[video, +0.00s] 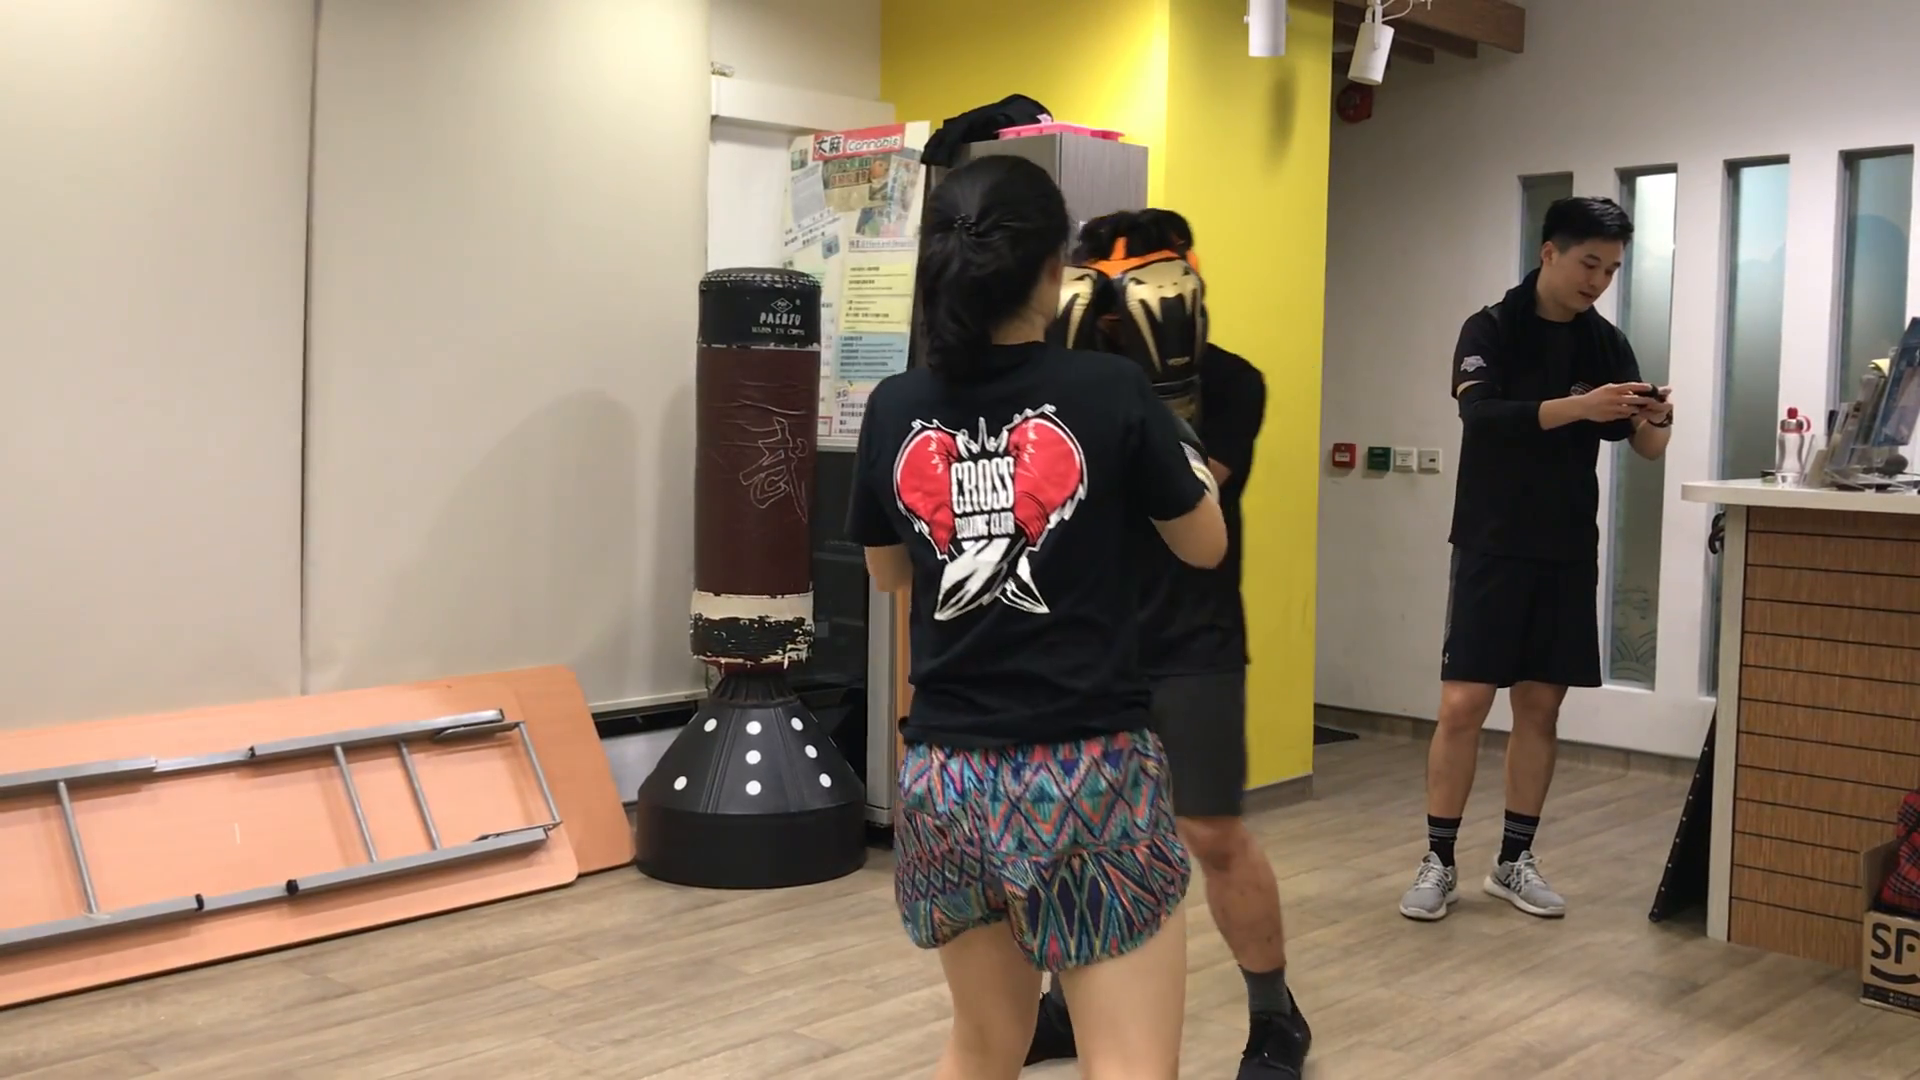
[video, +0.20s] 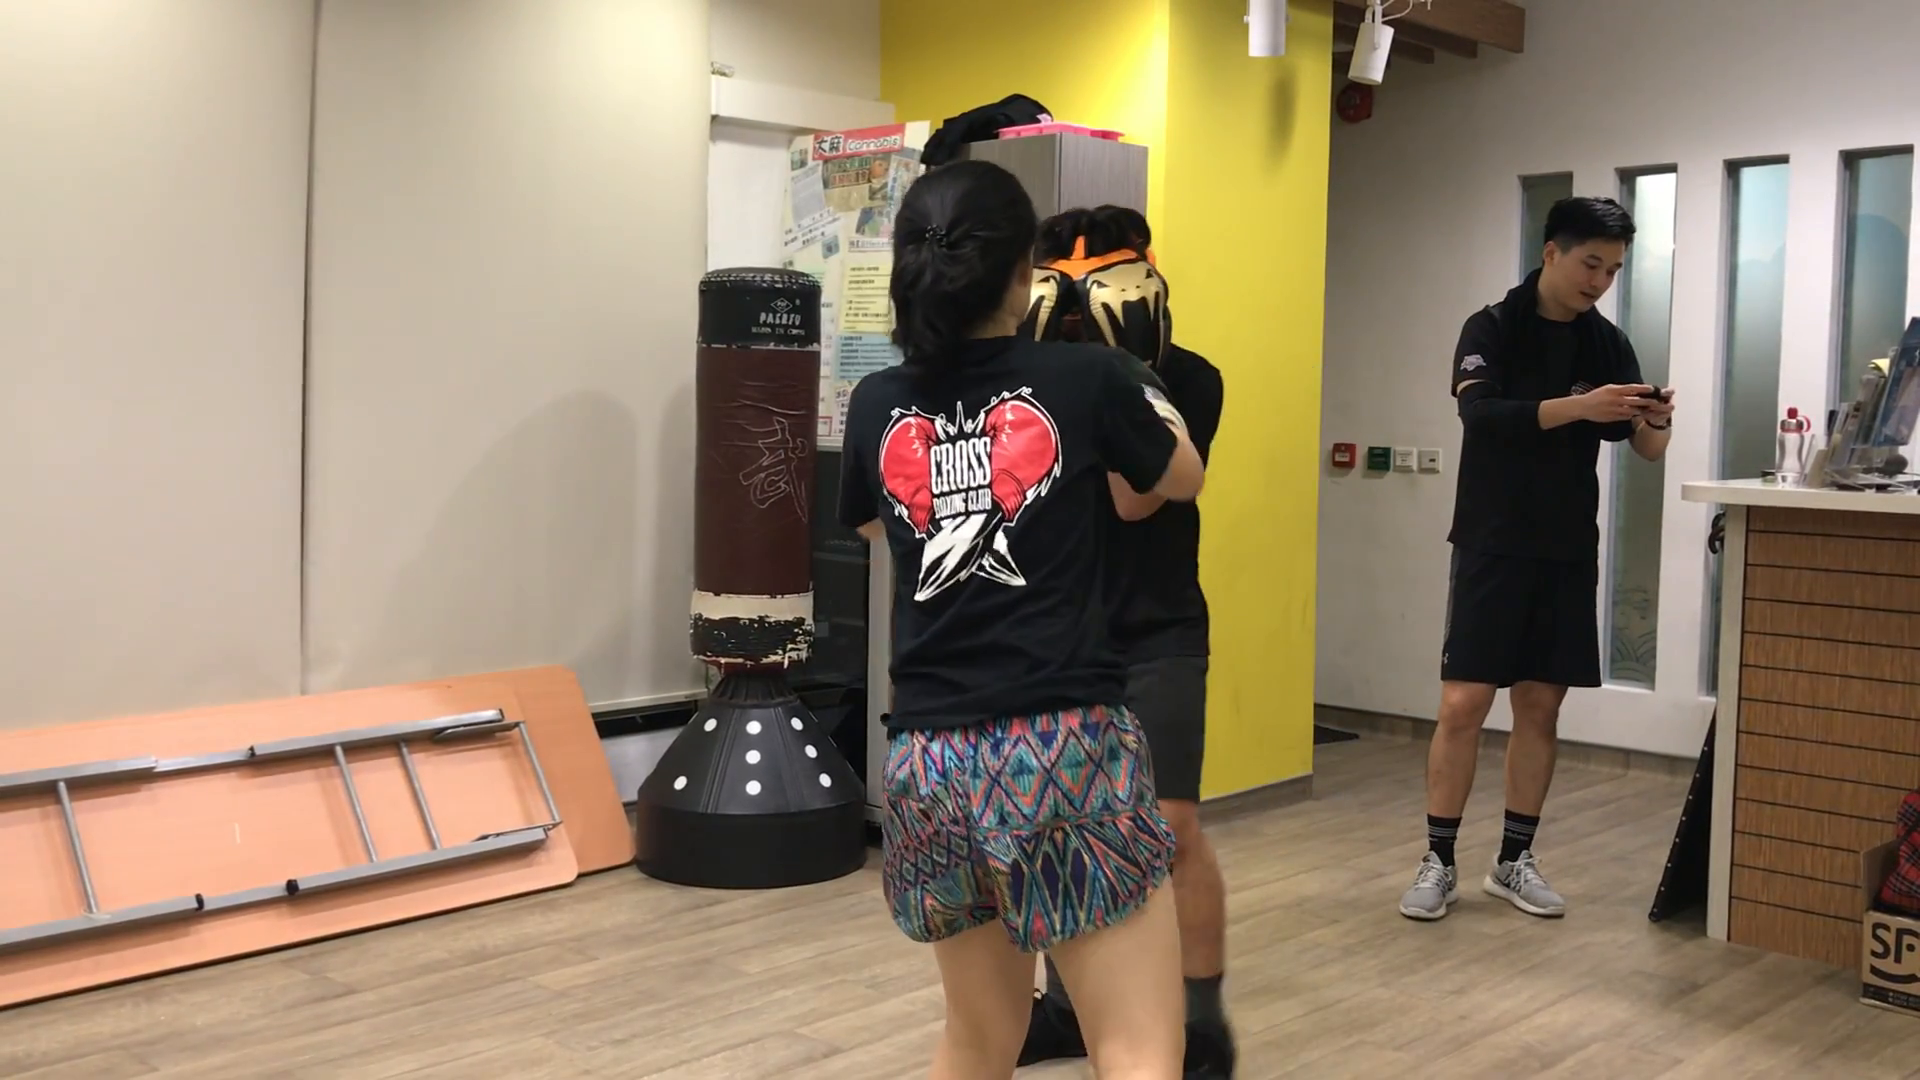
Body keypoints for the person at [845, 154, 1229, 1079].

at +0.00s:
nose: (1068, 264)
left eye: (1059, 248)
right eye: (1064, 249)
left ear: (936, 261)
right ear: (1054, 262)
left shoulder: (896, 405)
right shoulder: (1111, 392)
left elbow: (888, 572)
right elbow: (1206, 542)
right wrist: (1157, 430)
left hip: (943, 774)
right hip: (1093, 769)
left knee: (982, 1043)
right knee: (1130, 1061)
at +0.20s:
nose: (1041, 266)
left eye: (1032, 251)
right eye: (1034, 251)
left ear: (908, 264)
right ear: (1024, 263)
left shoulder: (877, 401)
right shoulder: (1088, 379)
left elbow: (873, 519)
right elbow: (1182, 476)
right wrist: (1130, 374)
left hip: (930, 754)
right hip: (1074, 747)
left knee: (975, 1038)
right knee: (1138, 1050)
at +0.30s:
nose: (1032, 269)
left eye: (1024, 254)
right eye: (1026, 253)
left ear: (901, 267)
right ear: (1018, 266)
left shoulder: (872, 403)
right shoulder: (1074, 374)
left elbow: (901, 501)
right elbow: (1159, 445)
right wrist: (1118, 360)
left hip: (924, 744)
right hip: (1065, 735)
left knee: (971, 1039)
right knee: (1126, 1045)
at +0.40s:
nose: (1028, 268)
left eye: (1020, 253)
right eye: (1023, 252)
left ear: (898, 264)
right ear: (1015, 265)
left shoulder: (870, 401)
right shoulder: (1071, 370)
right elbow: (1134, 422)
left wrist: (1004, 336)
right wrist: (1100, 343)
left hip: (922, 736)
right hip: (1059, 725)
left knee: (972, 1039)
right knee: (1110, 1051)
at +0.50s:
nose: (1027, 265)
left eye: (1021, 251)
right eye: (1022, 250)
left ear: (898, 260)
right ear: (1010, 261)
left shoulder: (867, 403)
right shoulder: (1060, 370)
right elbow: (1154, 441)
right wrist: (1090, 359)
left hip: (924, 742)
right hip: (1060, 731)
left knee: (975, 1036)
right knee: (1108, 1048)